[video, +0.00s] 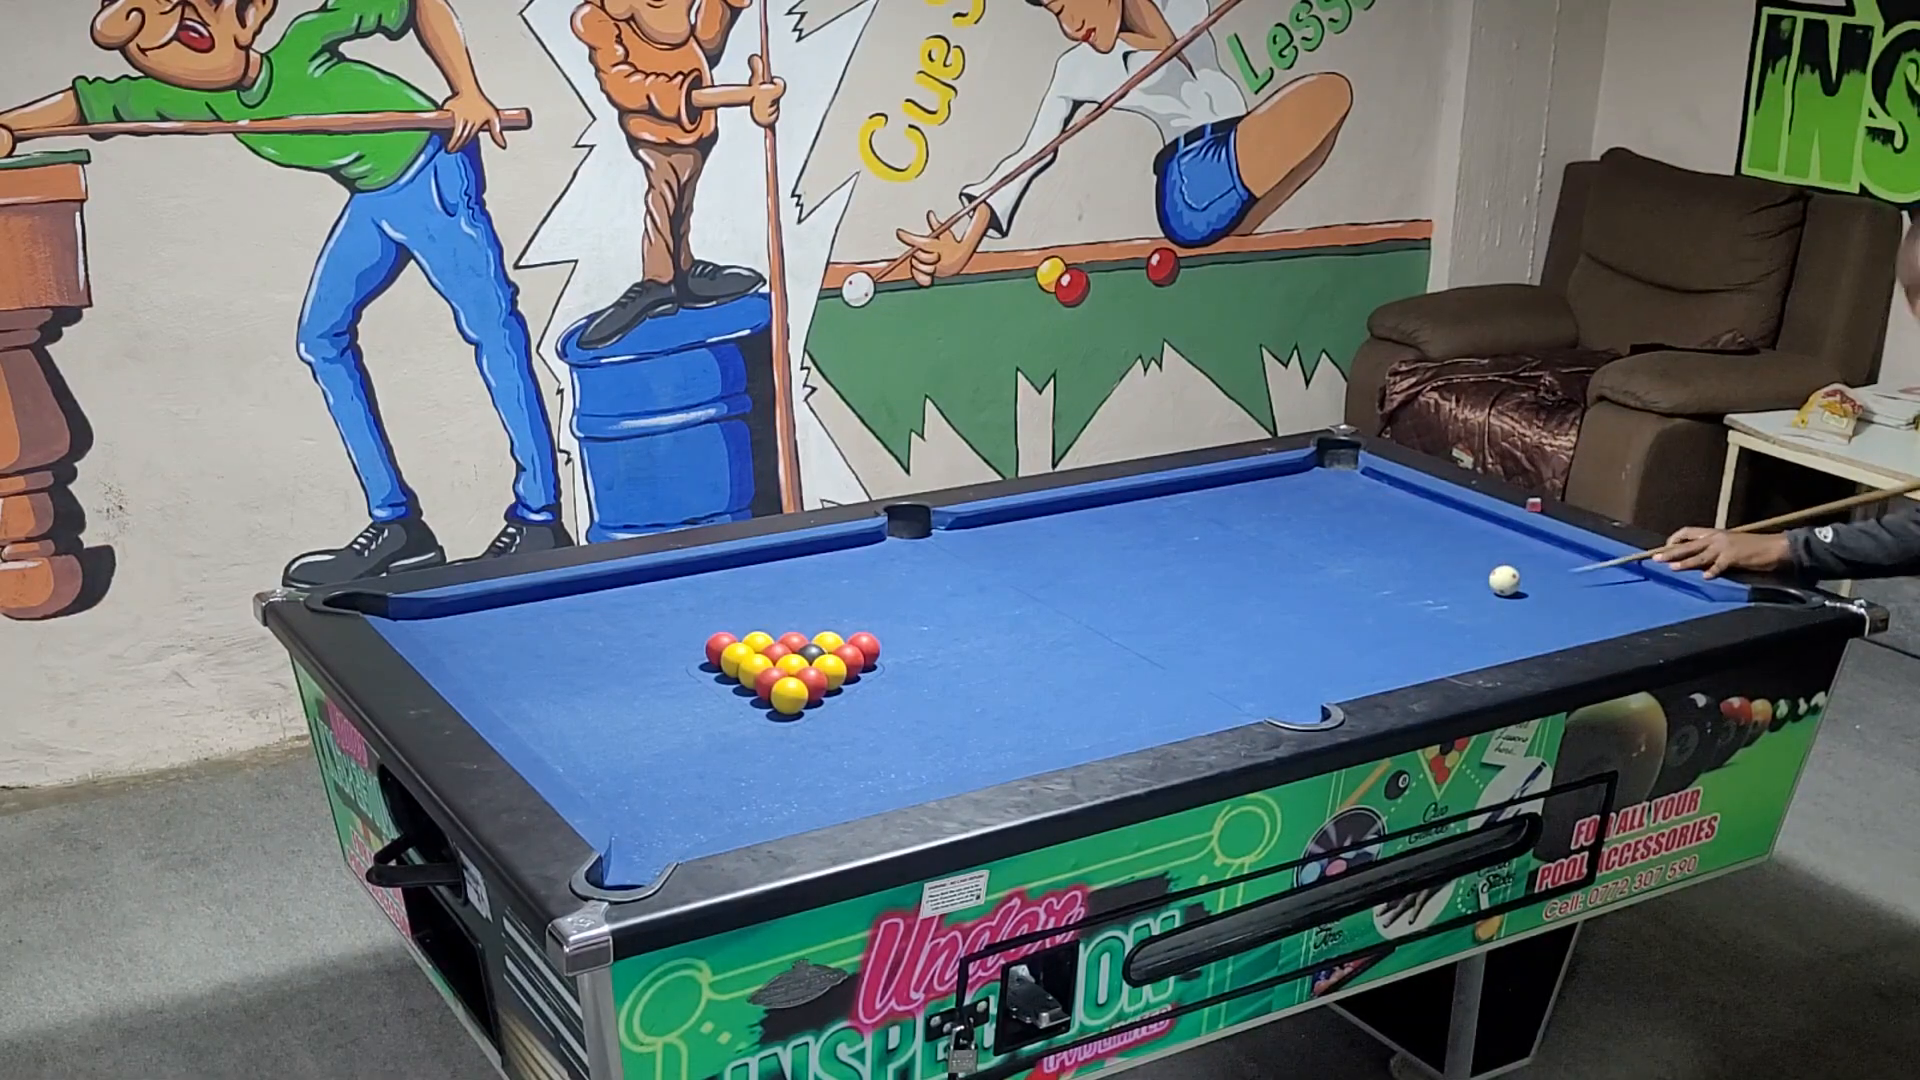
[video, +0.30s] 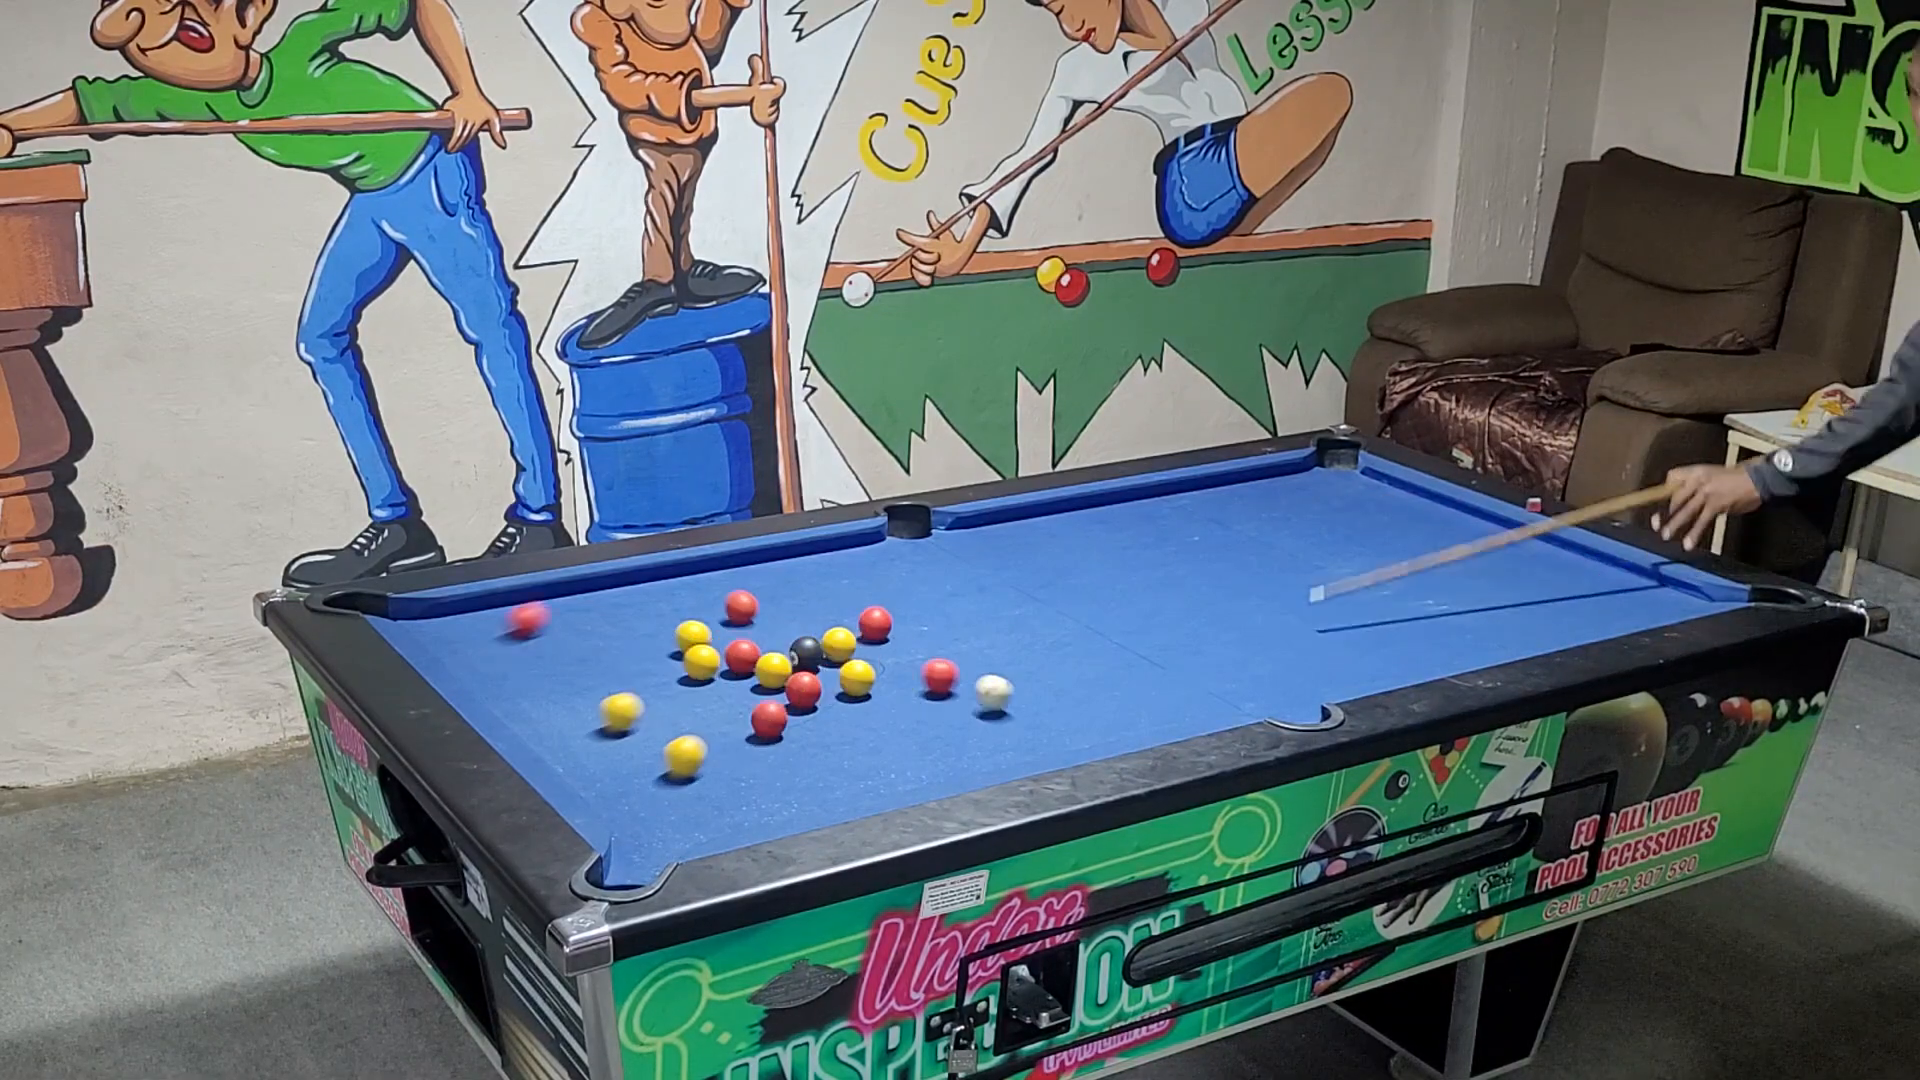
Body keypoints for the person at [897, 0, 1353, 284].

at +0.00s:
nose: (1070, 24)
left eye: (1071, 5)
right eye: (1057, 15)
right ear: (1055, 18)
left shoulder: (1175, 10)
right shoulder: (1076, 69)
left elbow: (1196, 57)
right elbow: (1029, 156)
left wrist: (1139, 12)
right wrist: (963, 244)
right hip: (1192, 182)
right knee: (1331, 92)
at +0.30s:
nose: (1070, 24)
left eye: (1071, 5)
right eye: (1056, 15)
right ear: (1055, 18)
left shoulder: (1175, 11)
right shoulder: (1076, 69)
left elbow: (1196, 58)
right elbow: (1029, 156)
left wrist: (1139, 12)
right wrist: (963, 244)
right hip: (1191, 183)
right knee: (1330, 91)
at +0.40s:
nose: (1070, 23)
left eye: (1071, 4)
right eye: (1056, 15)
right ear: (1055, 18)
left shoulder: (1174, 9)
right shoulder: (1076, 69)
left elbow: (1195, 57)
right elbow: (1028, 156)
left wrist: (1141, 15)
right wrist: (964, 245)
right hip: (1193, 172)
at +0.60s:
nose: (1069, 23)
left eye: (1071, 4)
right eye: (1056, 15)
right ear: (1055, 18)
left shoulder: (1173, 10)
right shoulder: (1075, 69)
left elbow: (1196, 56)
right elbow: (1028, 156)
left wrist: (1142, 16)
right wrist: (964, 245)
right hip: (1193, 175)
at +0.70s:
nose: (1070, 23)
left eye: (1071, 4)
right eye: (1056, 15)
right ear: (1055, 18)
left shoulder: (1174, 10)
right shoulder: (1076, 69)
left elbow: (1196, 57)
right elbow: (1028, 156)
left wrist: (1141, 15)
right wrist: (963, 245)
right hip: (1192, 173)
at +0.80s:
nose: (1069, 23)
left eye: (1071, 4)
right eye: (1056, 15)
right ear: (1055, 18)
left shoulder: (1173, 10)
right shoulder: (1076, 69)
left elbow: (1197, 56)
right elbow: (1028, 156)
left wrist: (1142, 16)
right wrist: (964, 245)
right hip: (1193, 174)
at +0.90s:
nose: (1069, 23)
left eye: (1071, 4)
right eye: (1056, 15)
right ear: (1055, 18)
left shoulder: (1173, 10)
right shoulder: (1075, 69)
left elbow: (1197, 56)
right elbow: (1028, 156)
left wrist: (1142, 16)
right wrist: (964, 245)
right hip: (1193, 174)